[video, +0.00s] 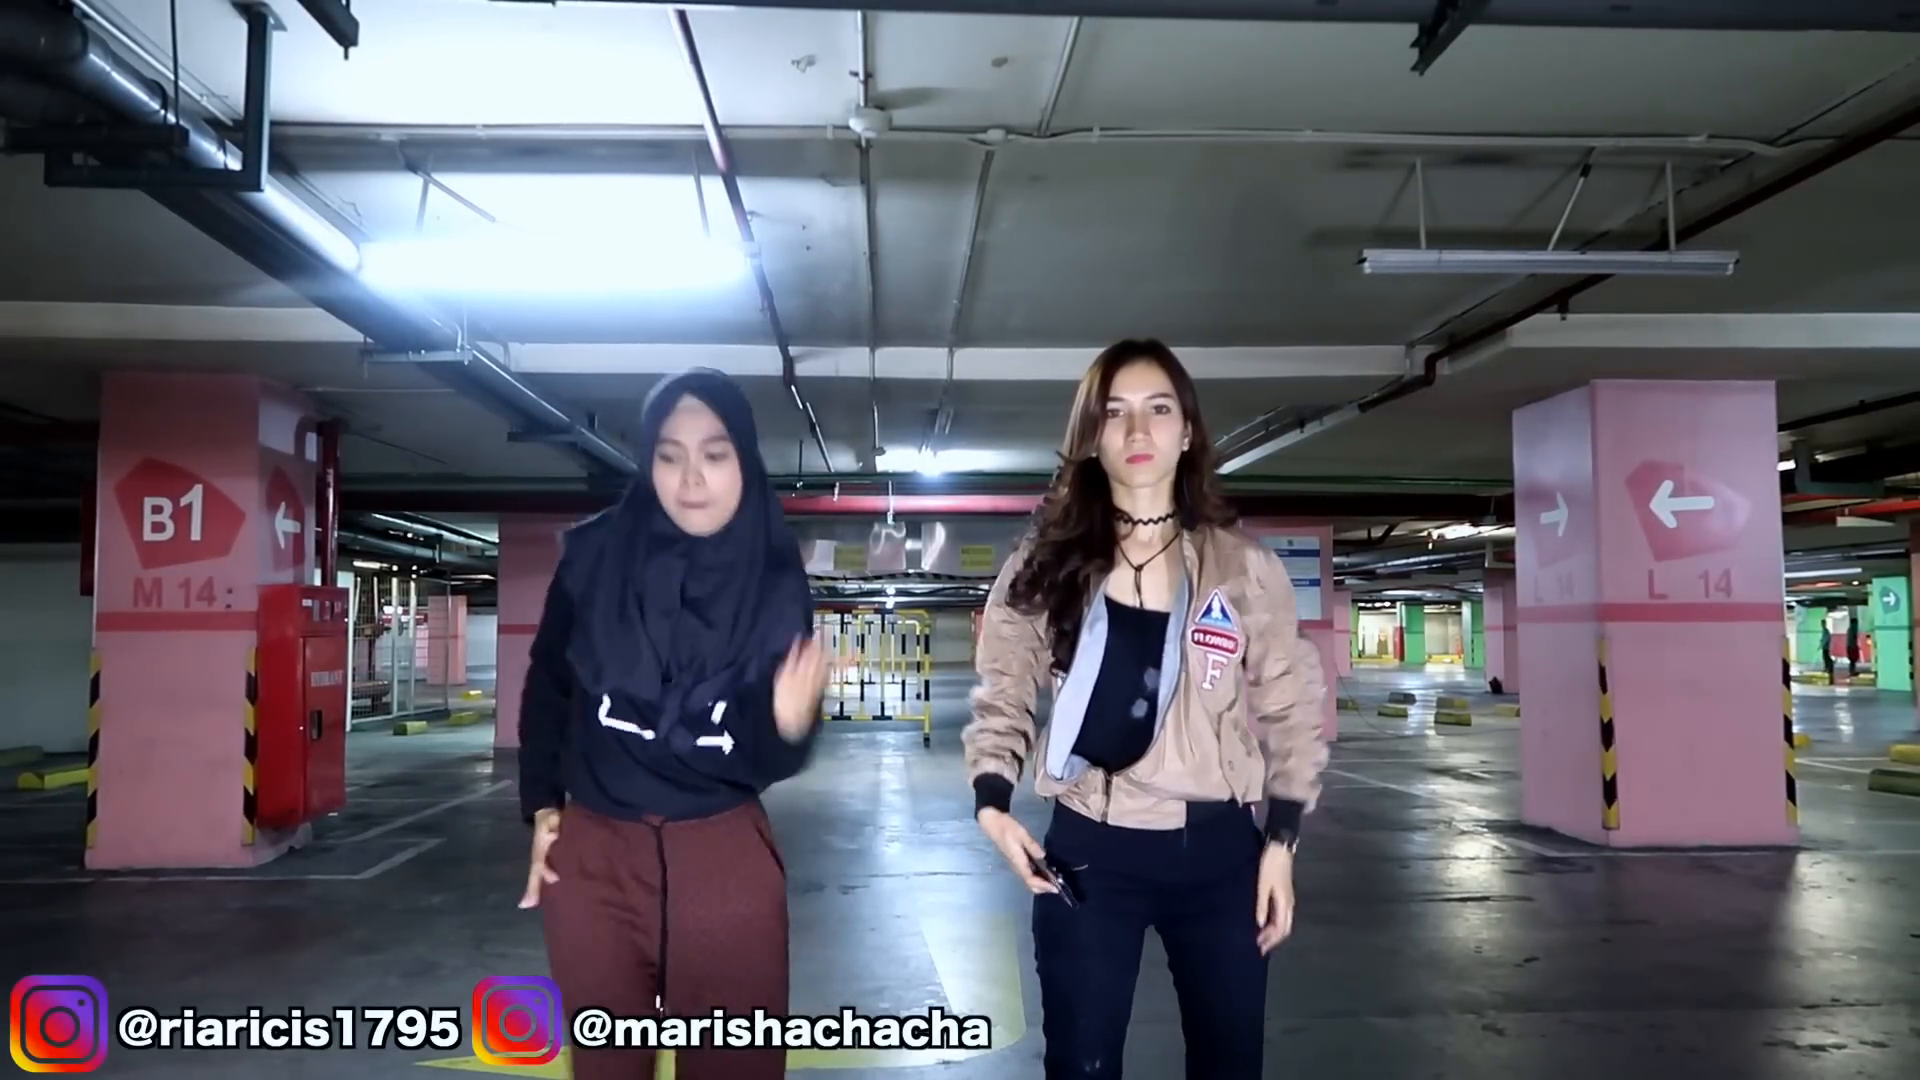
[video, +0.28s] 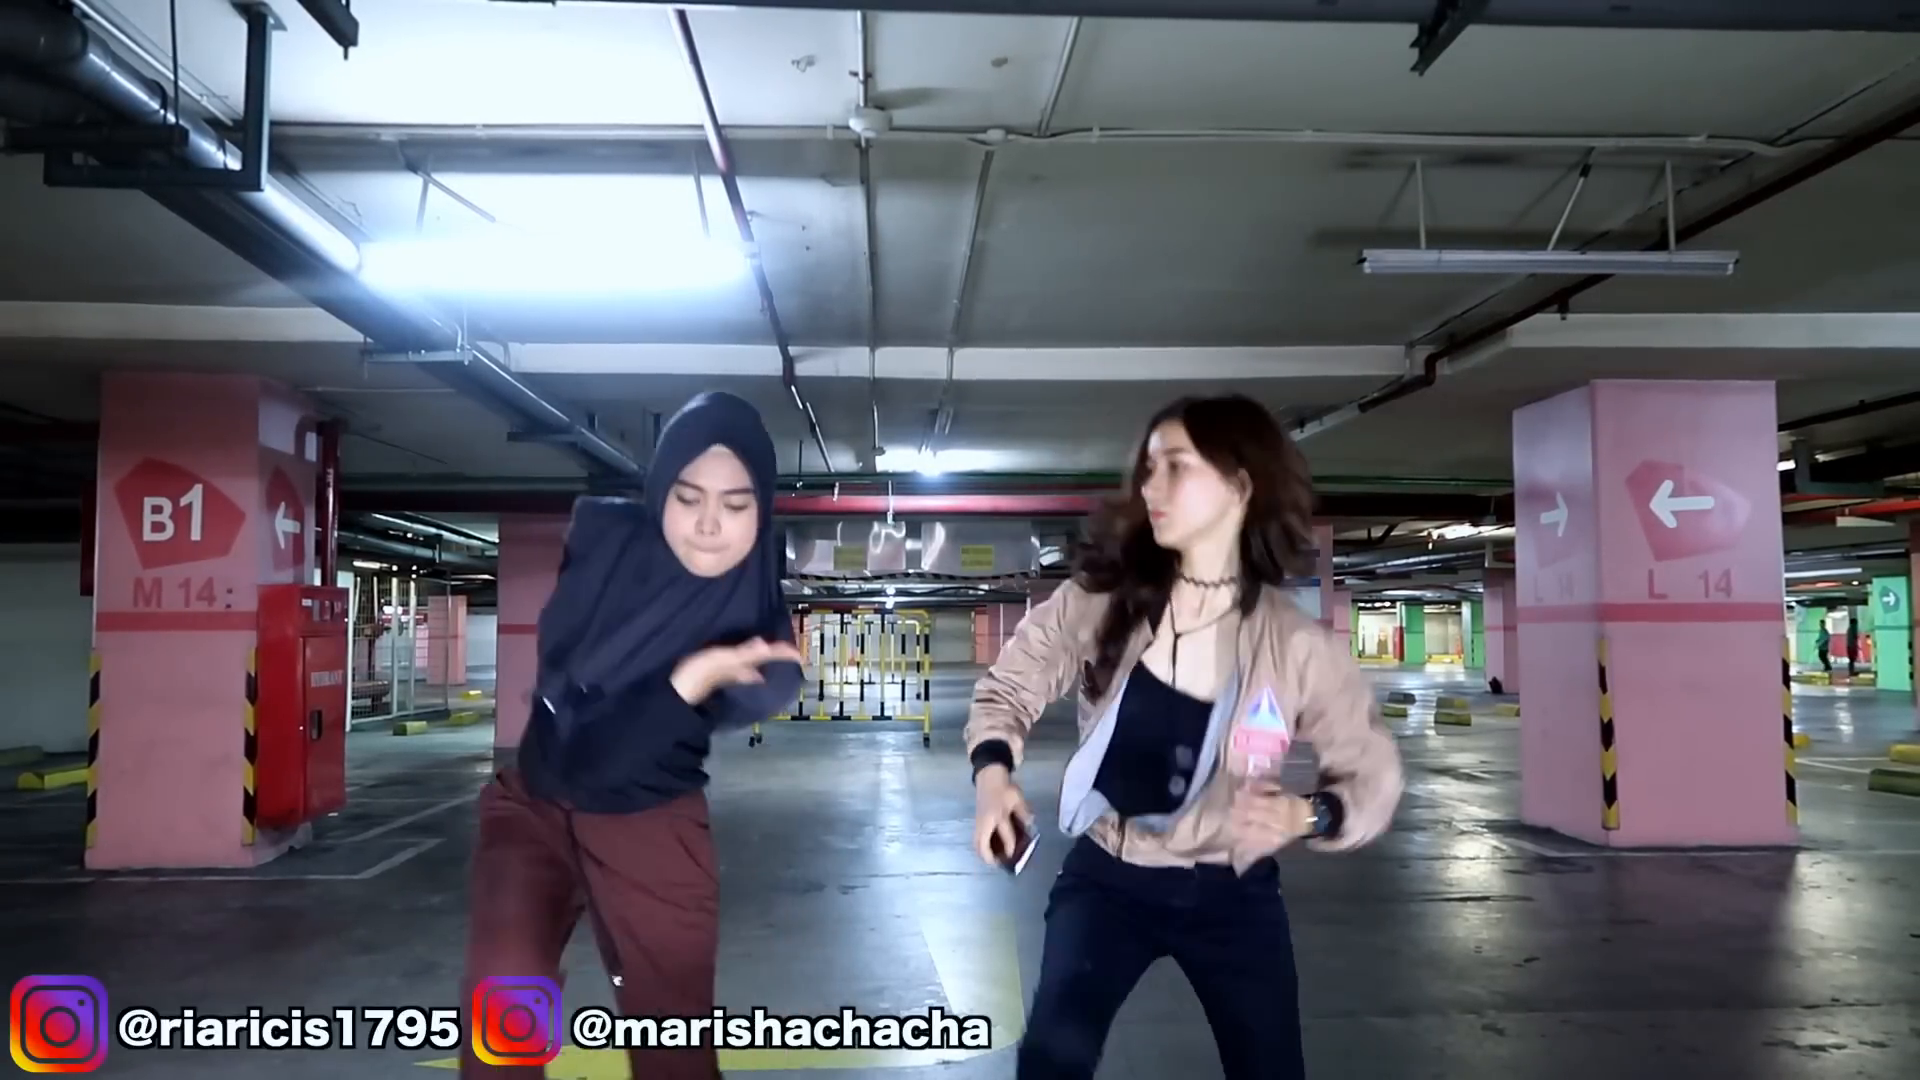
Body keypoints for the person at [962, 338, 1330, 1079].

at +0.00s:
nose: (1137, 428)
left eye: (1158, 408)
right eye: (1116, 412)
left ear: (1187, 431)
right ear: (1090, 436)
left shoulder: (1246, 566)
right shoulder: (1044, 563)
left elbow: (1292, 711)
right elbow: (1005, 689)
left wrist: (1281, 842)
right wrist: (992, 802)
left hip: (1221, 854)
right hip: (1089, 852)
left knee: (1230, 1066)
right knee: (1080, 1067)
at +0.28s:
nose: (1150, 489)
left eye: (1176, 465)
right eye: (1149, 470)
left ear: (1242, 485)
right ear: (1140, 485)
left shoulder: (1299, 645)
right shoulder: (1100, 598)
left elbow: (1376, 779)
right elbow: (1008, 689)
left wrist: (1307, 815)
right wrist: (992, 774)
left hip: (1233, 895)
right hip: (1105, 882)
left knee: (1270, 1070)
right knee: (1053, 1052)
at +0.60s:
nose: (1235, 454)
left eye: (1259, 438)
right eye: (1218, 436)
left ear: (1287, 464)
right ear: (1189, 458)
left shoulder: (1290, 627)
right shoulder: (1120, 559)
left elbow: (1284, 800)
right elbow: (1008, 612)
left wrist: (1257, 725)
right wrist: (934, 687)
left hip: (1180, 882)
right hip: (1060, 856)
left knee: (1180, 1069)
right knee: (965, 1060)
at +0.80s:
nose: (1146, 437)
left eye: (1171, 423)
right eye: (1126, 422)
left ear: (1203, 455)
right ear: (1099, 452)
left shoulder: (1242, 583)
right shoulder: (1058, 558)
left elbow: (1358, 715)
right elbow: (944, 610)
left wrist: (1265, 639)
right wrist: (917, 686)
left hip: (1161, 870)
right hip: (1037, 852)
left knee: (1157, 1070)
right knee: (961, 1060)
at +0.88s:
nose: (1095, 477)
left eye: (1120, 462)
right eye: (1078, 459)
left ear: (1152, 492)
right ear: (1047, 484)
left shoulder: (1213, 603)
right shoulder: (999, 619)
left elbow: (1327, 698)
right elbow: (940, 746)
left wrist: (1248, 720)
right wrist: (942, 798)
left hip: (1160, 891)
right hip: (1034, 886)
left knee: (1171, 1069)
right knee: (1001, 1067)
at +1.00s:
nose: (1069, 519)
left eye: (1089, 503)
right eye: (1046, 502)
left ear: (1112, 528)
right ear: (1012, 531)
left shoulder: (1184, 624)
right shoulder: (989, 675)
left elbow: (1277, 670)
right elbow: (992, 827)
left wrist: (1290, 740)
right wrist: (1036, 850)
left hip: (1172, 902)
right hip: (1048, 918)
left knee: (1266, 1066)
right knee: (1010, 1072)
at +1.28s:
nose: (1096, 451)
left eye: (1114, 430)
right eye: (1073, 433)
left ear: (1139, 450)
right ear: (1043, 456)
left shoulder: (1211, 557)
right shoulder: (1024, 606)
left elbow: (1299, 628)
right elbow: (986, 795)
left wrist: (1381, 705)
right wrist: (1013, 760)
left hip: (1255, 852)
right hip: (1134, 875)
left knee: (1345, 1058)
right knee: (1114, 1071)